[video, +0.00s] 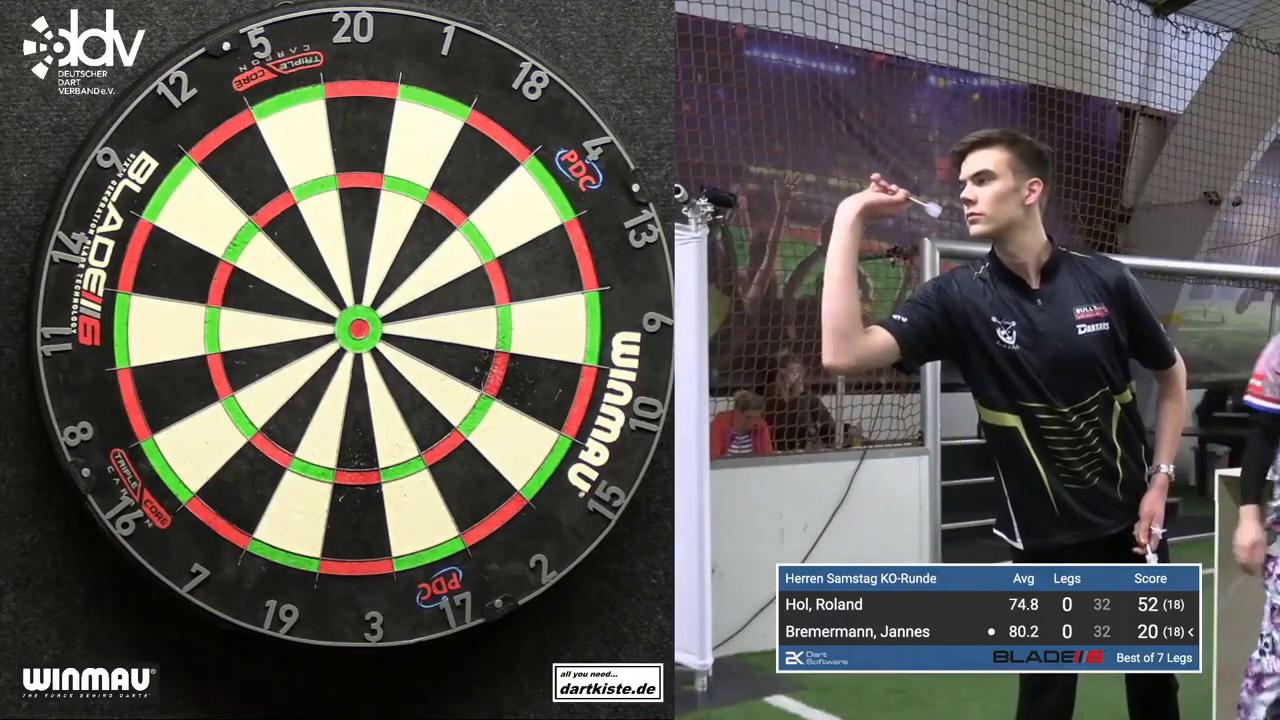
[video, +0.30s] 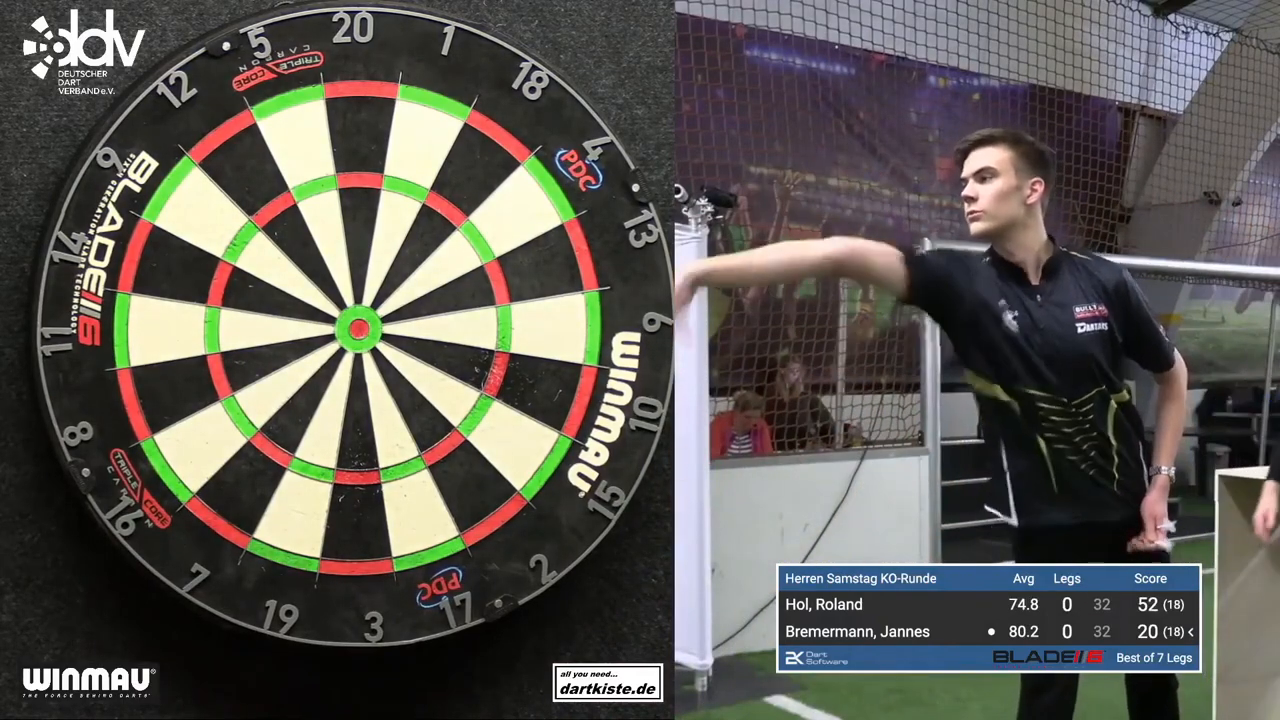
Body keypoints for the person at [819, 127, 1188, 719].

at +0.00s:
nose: (966, 196)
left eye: (983, 180)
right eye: (963, 185)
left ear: (1032, 191)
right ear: (963, 201)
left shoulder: (1104, 280)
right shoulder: (958, 298)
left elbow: (1172, 376)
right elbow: (842, 350)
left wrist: (1160, 481)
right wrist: (847, 216)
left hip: (1130, 526)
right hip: (1039, 542)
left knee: (1154, 685)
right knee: (1046, 699)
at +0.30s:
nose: (968, 192)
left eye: (985, 177)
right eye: (965, 184)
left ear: (1035, 190)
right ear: (966, 199)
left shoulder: (1104, 282)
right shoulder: (959, 280)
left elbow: (1174, 377)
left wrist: (1160, 487)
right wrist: (698, 271)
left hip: (1132, 520)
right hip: (1047, 529)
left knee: (1154, 681)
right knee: (1048, 693)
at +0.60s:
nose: (970, 192)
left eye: (987, 178)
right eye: (967, 183)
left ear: (1037, 188)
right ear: (969, 198)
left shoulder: (1110, 284)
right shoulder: (960, 289)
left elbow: (1173, 382)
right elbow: (842, 329)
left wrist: (1156, 488)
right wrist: (714, 377)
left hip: (1129, 523)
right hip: (1039, 538)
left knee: (1153, 680)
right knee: (1046, 691)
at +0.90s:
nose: (958, 203)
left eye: (976, 186)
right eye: (956, 192)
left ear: (1025, 197)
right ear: (955, 207)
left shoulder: (1098, 293)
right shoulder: (948, 319)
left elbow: (1162, 391)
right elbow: (927, 460)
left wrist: (1131, 482)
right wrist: (910, 582)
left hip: (1112, 529)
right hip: (1024, 546)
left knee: (1144, 683)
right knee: (1055, 698)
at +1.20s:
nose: (911, 203)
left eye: (930, 187)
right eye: (909, 191)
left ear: (982, 200)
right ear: (907, 204)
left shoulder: (1056, 309)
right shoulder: (898, 323)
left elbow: (1120, 424)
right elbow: (909, 465)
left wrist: (1041, 490)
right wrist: (918, 581)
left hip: (1061, 566)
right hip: (969, 571)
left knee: (1049, 707)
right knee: (1009, 707)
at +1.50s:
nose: (786, 180)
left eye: (813, 166)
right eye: (788, 164)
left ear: (875, 187)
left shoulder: (938, 321)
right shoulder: (774, 316)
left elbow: (1026, 465)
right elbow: (771, 467)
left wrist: (902, 539)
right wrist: (768, 615)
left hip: (928, 590)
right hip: (832, 589)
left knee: (889, 707)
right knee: (885, 706)